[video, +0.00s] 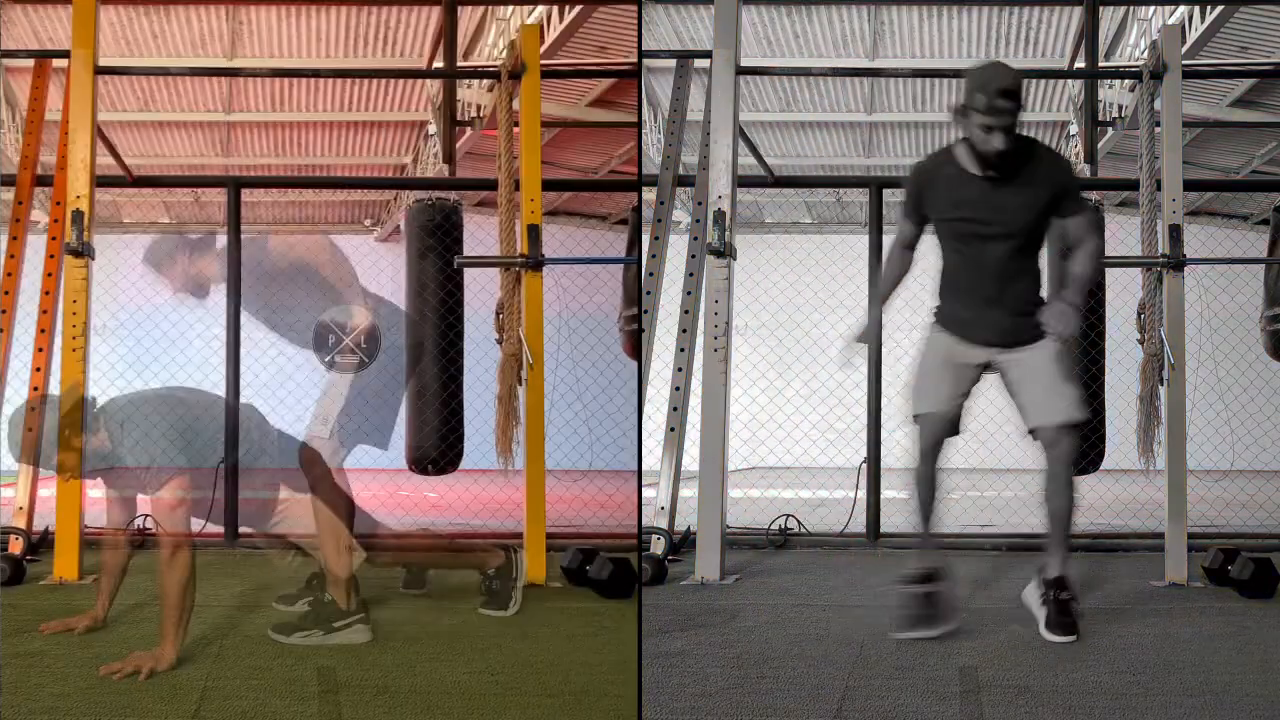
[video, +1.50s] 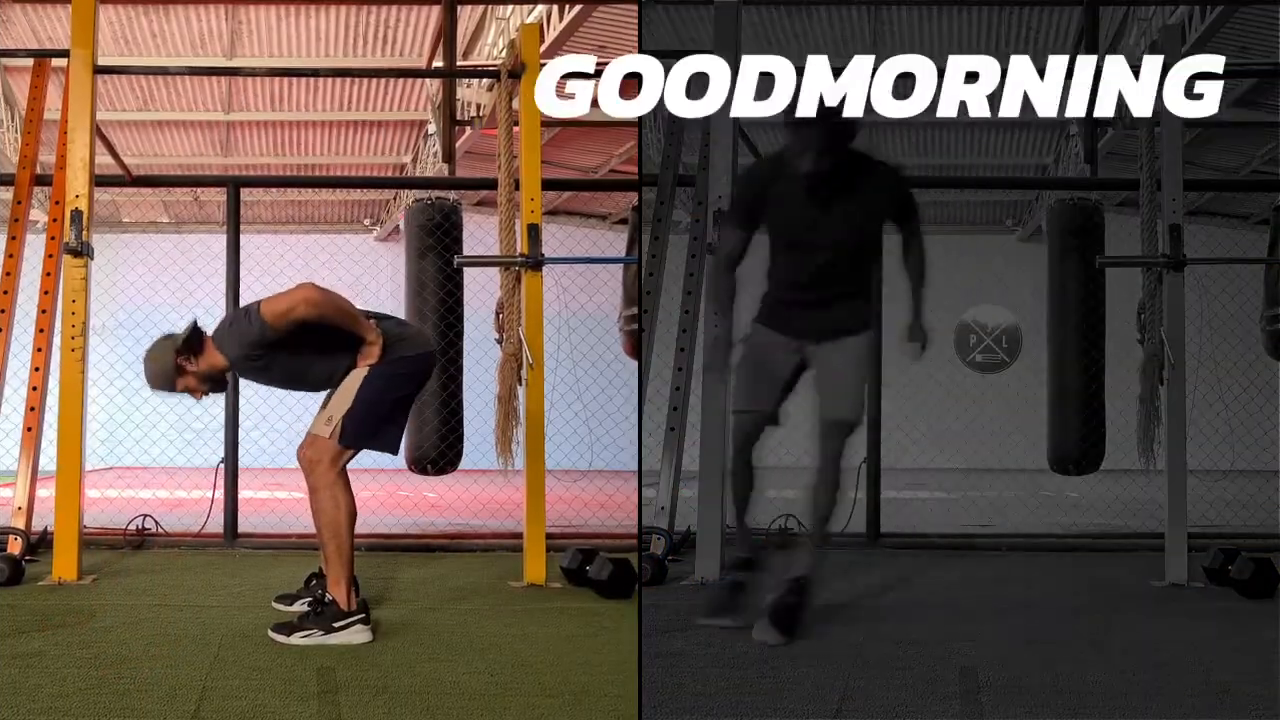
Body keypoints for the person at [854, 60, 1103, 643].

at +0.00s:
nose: (1000, 142)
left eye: (1009, 129)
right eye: (987, 129)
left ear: (1020, 121)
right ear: (962, 119)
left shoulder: (1047, 168)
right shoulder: (932, 174)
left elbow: (1088, 239)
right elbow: (902, 245)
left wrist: (1069, 299)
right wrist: (873, 314)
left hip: (1029, 332)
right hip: (955, 331)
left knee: (1062, 442)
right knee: (929, 439)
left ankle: (1054, 581)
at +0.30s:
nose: (1117, 332)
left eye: (1126, 320)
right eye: (1107, 320)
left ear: (1141, 309)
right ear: (1085, 303)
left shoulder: (1166, 339)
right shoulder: (1045, 306)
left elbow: (1195, 442)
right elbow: (1002, 324)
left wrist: (1194, 537)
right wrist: (980, 378)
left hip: (1132, 392)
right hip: (1053, 384)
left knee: (1185, 468)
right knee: (1025, 465)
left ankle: (1223, 595)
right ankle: (1036, 597)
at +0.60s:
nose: (1133, 400)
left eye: (1143, 395)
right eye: (1127, 388)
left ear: (1165, 386)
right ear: (1110, 365)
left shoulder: (1186, 405)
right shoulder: (1069, 347)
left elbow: (1203, 502)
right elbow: (1017, 340)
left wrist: (1213, 613)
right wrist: (1003, 395)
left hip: (1160, 400)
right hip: (1071, 385)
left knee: (1207, 484)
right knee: (1045, 466)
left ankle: (1229, 587)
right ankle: (1037, 595)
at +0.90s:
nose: (1018, 168)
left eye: (1030, 159)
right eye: (1012, 154)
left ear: (1059, 153)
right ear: (1004, 143)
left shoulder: (1096, 199)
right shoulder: (974, 191)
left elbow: (1138, 281)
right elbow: (939, 249)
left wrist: (1158, 366)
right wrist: (923, 323)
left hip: (1070, 337)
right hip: (997, 338)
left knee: (1109, 449)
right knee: (1009, 458)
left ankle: (1134, 578)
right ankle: (1025, 591)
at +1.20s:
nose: (922, 127)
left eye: (932, 116)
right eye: (913, 116)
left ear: (951, 118)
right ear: (901, 120)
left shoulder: (986, 177)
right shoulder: (878, 182)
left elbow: (1035, 252)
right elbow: (853, 262)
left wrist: (1067, 330)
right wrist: (829, 330)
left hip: (969, 353)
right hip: (894, 351)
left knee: (1008, 475)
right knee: (849, 468)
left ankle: (1039, 598)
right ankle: (824, 582)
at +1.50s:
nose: (806, 149)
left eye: (816, 138)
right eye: (798, 136)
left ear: (840, 135)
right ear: (788, 133)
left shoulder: (878, 180)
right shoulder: (766, 178)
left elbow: (911, 241)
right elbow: (724, 257)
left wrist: (916, 314)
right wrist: (719, 330)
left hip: (848, 330)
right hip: (778, 325)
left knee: (829, 454)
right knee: (734, 439)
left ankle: (804, 576)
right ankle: (738, 543)